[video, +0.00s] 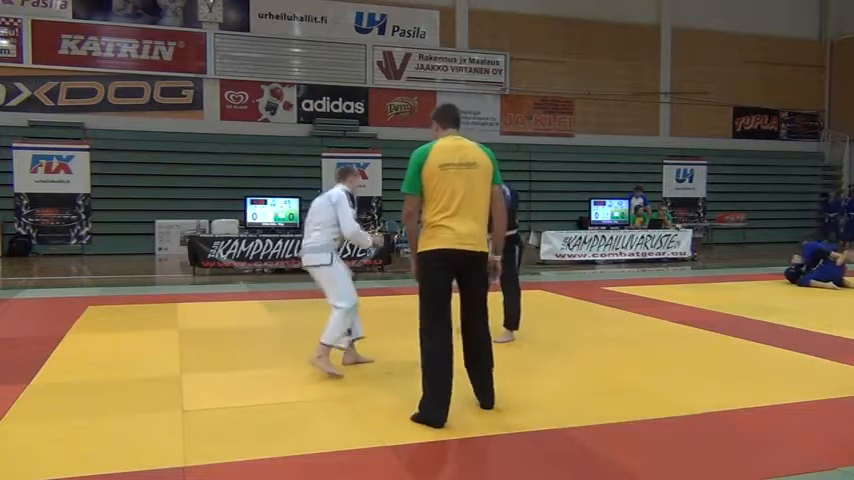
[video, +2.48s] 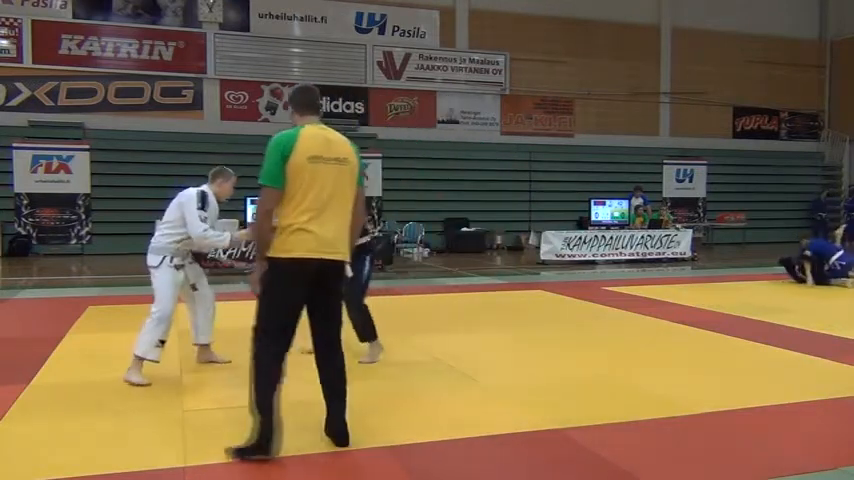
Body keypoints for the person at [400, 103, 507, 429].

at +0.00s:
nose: (431, 132)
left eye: (431, 128)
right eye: (433, 127)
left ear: (436, 126)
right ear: (459, 125)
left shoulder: (423, 155)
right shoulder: (485, 154)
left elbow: (410, 213)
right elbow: (499, 206)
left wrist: (415, 255)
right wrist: (496, 252)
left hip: (435, 251)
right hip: (474, 252)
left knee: (435, 328)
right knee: (476, 323)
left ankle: (434, 411)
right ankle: (486, 395)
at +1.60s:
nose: (367, 119)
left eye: (368, 113)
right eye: (372, 113)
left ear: (373, 113)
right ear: (404, 113)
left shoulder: (361, 147)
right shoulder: (431, 151)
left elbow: (346, 213)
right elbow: (444, 212)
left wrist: (349, 257)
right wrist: (444, 263)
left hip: (370, 264)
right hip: (415, 264)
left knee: (369, 352)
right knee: (430, 343)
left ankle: (374, 443)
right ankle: (462, 423)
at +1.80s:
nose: (350, 117)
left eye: (347, 112)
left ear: (347, 111)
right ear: (379, 110)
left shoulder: (338, 145)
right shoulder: (409, 146)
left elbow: (318, 210)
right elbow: (420, 208)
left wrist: (310, 267)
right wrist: (416, 259)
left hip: (354, 263)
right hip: (398, 262)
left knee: (359, 350)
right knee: (394, 336)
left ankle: (373, 441)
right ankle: (411, 418)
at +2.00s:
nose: (332, 117)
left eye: (329, 112)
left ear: (328, 112)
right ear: (361, 110)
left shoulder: (322, 146)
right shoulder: (391, 146)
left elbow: (301, 211)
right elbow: (404, 207)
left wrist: (292, 267)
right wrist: (398, 260)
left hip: (341, 259)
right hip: (381, 258)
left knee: (353, 348)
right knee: (357, 343)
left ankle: (373, 443)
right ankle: (344, 425)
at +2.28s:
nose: (306, 119)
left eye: (306, 115)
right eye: (310, 115)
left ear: (309, 113)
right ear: (340, 112)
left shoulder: (306, 140)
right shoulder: (367, 149)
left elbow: (292, 207)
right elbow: (375, 210)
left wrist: (286, 261)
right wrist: (368, 263)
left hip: (313, 259)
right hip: (352, 260)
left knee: (303, 338)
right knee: (338, 340)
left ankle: (346, 416)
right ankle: (338, 428)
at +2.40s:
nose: (298, 118)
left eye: (298, 113)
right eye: (304, 114)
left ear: (301, 113)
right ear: (330, 111)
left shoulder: (294, 141)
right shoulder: (357, 149)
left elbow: (280, 204)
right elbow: (364, 209)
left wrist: (272, 257)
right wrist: (355, 257)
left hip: (299, 259)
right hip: (341, 261)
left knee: (281, 336)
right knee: (333, 343)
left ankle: (300, 425)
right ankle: (338, 427)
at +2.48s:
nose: (288, 118)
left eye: (287, 112)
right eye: (291, 112)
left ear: (293, 111)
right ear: (320, 110)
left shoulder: (284, 141)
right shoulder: (349, 148)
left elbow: (266, 208)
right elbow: (358, 213)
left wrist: (260, 259)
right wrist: (342, 253)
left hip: (288, 261)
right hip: (332, 263)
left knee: (269, 346)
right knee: (330, 345)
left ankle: (264, 439)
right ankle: (338, 428)